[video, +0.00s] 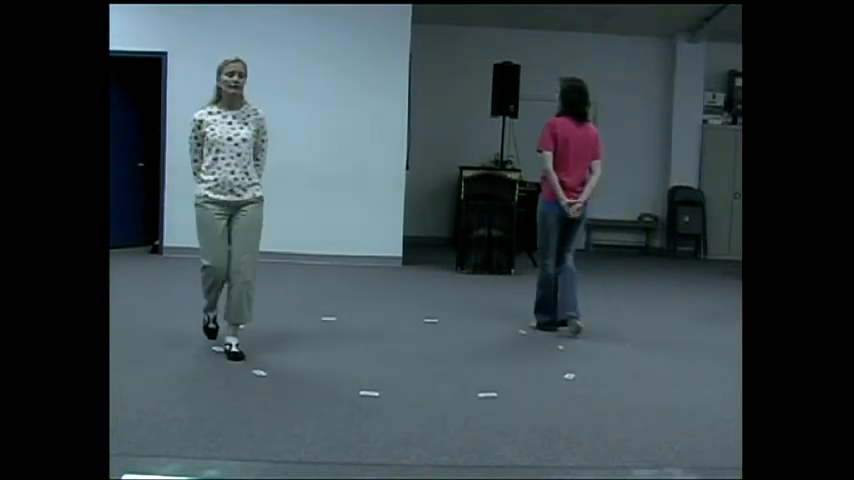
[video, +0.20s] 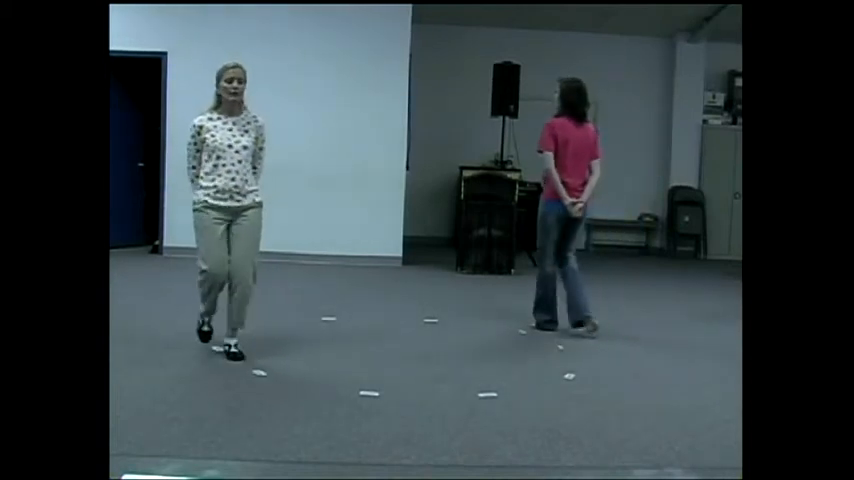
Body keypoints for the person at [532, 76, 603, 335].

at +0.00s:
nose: (559, 99)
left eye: (560, 95)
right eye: (564, 95)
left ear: (562, 99)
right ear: (585, 101)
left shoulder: (553, 126)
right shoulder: (592, 131)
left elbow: (548, 166)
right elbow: (596, 171)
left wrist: (562, 197)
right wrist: (581, 199)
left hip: (553, 200)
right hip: (579, 201)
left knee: (548, 259)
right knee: (567, 256)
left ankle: (546, 318)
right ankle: (571, 313)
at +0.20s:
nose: (557, 98)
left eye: (559, 94)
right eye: (560, 93)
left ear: (562, 99)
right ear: (583, 100)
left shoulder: (553, 126)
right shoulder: (590, 130)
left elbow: (549, 165)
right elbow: (595, 171)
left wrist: (565, 197)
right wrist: (583, 198)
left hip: (554, 200)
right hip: (579, 201)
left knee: (547, 260)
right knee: (567, 256)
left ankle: (546, 318)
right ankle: (582, 316)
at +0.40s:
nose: (557, 96)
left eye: (559, 92)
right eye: (559, 91)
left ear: (565, 97)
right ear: (585, 97)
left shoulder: (558, 123)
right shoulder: (594, 126)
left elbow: (563, 159)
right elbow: (605, 162)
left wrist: (583, 190)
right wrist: (599, 190)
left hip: (569, 199)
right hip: (595, 199)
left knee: (561, 260)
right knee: (594, 258)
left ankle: (548, 318)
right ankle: (610, 324)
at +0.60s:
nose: (558, 94)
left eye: (561, 90)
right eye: (559, 89)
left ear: (569, 95)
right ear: (584, 96)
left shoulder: (562, 121)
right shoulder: (594, 125)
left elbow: (572, 157)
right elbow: (606, 160)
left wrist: (590, 186)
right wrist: (603, 186)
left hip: (575, 198)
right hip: (599, 196)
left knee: (573, 259)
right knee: (596, 255)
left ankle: (577, 322)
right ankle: (610, 323)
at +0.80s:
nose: (555, 98)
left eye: (558, 94)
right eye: (556, 93)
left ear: (566, 98)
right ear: (581, 99)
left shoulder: (559, 125)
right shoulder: (590, 129)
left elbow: (564, 161)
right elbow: (599, 167)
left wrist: (583, 192)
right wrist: (595, 194)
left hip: (568, 202)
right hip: (589, 201)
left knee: (573, 262)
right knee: (581, 259)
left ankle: (582, 321)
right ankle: (600, 312)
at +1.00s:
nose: (548, 96)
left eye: (551, 92)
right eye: (550, 91)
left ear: (558, 97)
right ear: (574, 98)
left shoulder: (552, 121)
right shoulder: (583, 126)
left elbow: (558, 158)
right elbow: (592, 164)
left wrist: (576, 189)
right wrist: (588, 191)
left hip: (559, 198)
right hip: (577, 198)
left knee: (571, 260)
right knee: (555, 256)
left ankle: (581, 322)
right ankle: (549, 314)